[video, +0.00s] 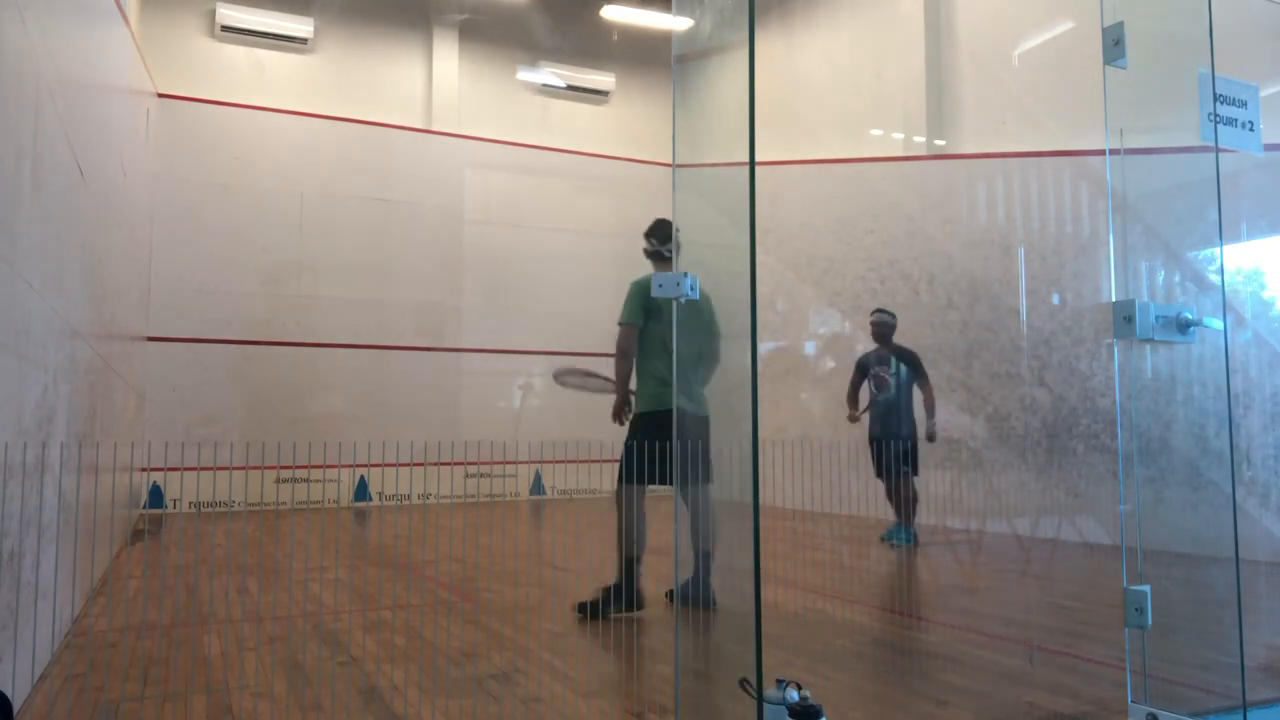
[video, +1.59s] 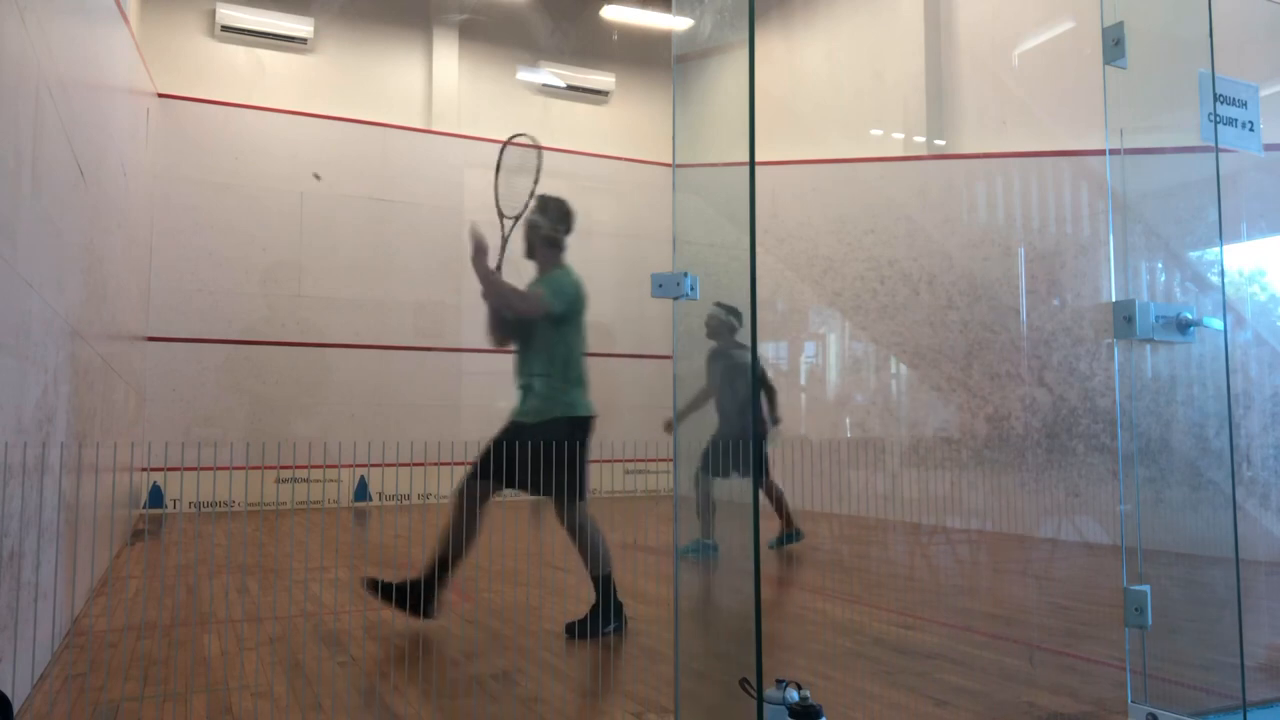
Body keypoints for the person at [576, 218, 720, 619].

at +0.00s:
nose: (648, 255)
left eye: (647, 248)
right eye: (658, 246)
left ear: (648, 250)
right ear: (678, 249)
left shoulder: (642, 289)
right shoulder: (698, 293)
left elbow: (625, 345)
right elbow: (712, 353)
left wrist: (622, 393)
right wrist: (691, 387)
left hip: (654, 412)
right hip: (693, 413)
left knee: (629, 492)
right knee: (698, 495)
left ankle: (626, 586)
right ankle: (702, 582)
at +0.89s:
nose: (635, 245)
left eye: (637, 239)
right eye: (639, 238)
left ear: (642, 244)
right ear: (671, 247)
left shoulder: (648, 282)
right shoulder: (684, 287)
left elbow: (644, 338)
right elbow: (684, 350)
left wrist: (607, 388)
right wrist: (632, 356)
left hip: (654, 410)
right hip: (685, 410)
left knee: (629, 493)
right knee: (689, 495)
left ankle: (623, 593)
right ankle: (700, 584)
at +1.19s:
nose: (594, 241)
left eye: (598, 234)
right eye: (596, 234)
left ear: (609, 238)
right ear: (625, 239)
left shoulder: (625, 282)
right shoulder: (629, 283)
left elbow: (631, 341)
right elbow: (622, 353)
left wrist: (572, 376)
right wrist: (571, 358)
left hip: (624, 408)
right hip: (628, 406)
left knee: (606, 499)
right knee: (629, 495)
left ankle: (609, 604)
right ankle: (677, 569)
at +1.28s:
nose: (579, 235)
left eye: (584, 228)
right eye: (580, 228)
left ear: (600, 232)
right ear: (604, 234)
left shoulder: (614, 277)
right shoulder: (602, 280)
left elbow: (618, 334)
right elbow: (599, 346)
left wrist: (556, 359)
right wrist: (550, 352)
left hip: (616, 408)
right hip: (601, 408)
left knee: (602, 501)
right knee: (580, 495)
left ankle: (611, 605)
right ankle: (635, 568)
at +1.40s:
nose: (564, 229)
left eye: (572, 222)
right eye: (565, 221)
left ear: (594, 228)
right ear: (577, 228)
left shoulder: (600, 275)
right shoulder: (584, 278)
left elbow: (595, 329)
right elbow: (576, 343)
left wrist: (532, 337)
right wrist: (525, 341)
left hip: (605, 411)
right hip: (582, 410)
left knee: (601, 503)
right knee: (539, 490)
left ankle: (611, 606)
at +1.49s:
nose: (548, 231)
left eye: (558, 225)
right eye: (549, 224)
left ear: (578, 232)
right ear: (550, 229)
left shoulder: (586, 279)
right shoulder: (564, 282)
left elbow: (556, 324)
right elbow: (539, 340)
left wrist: (503, 307)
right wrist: (510, 311)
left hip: (587, 414)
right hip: (558, 413)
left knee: (588, 507)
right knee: (505, 491)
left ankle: (610, 607)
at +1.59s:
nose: (528, 229)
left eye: (536, 223)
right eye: (530, 222)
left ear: (553, 233)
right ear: (541, 233)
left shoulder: (563, 282)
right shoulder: (537, 287)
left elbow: (524, 307)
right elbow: (501, 336)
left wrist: (482, 269)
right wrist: (492, 288)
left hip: (564, 417)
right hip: (530, 417)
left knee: (571, 510)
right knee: (471, 494)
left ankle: (609, 607)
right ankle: (425, 590)